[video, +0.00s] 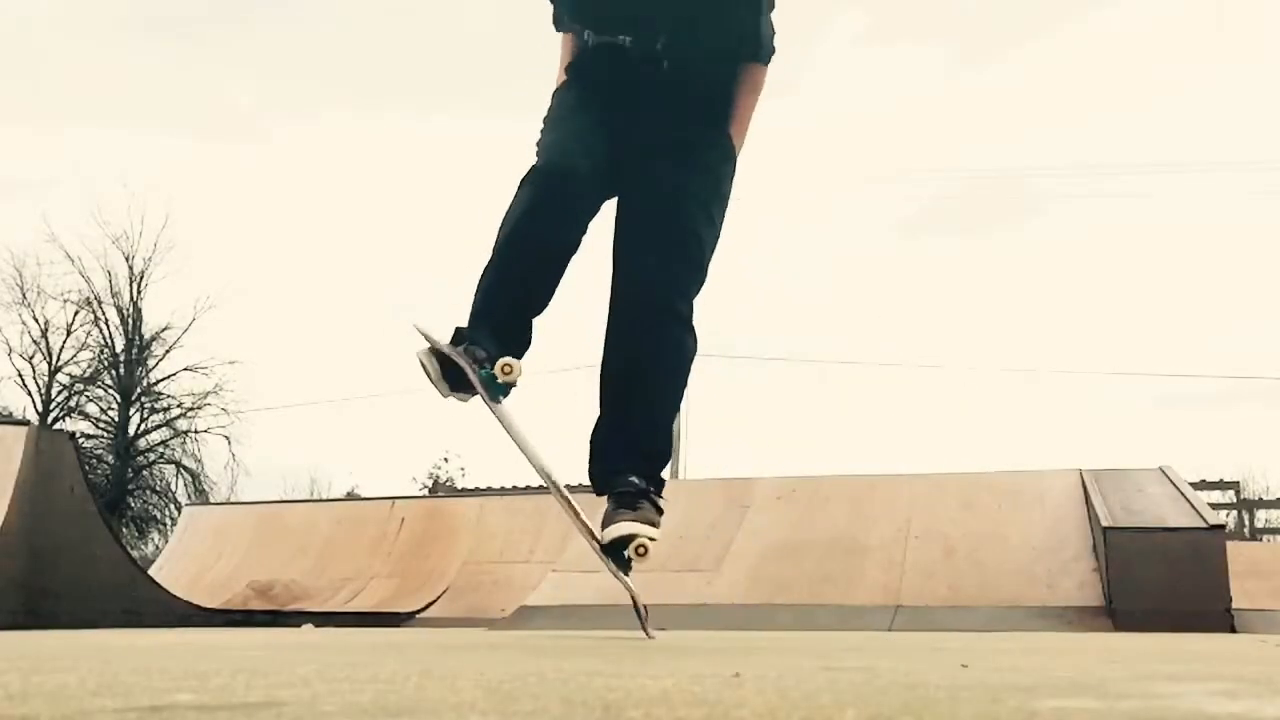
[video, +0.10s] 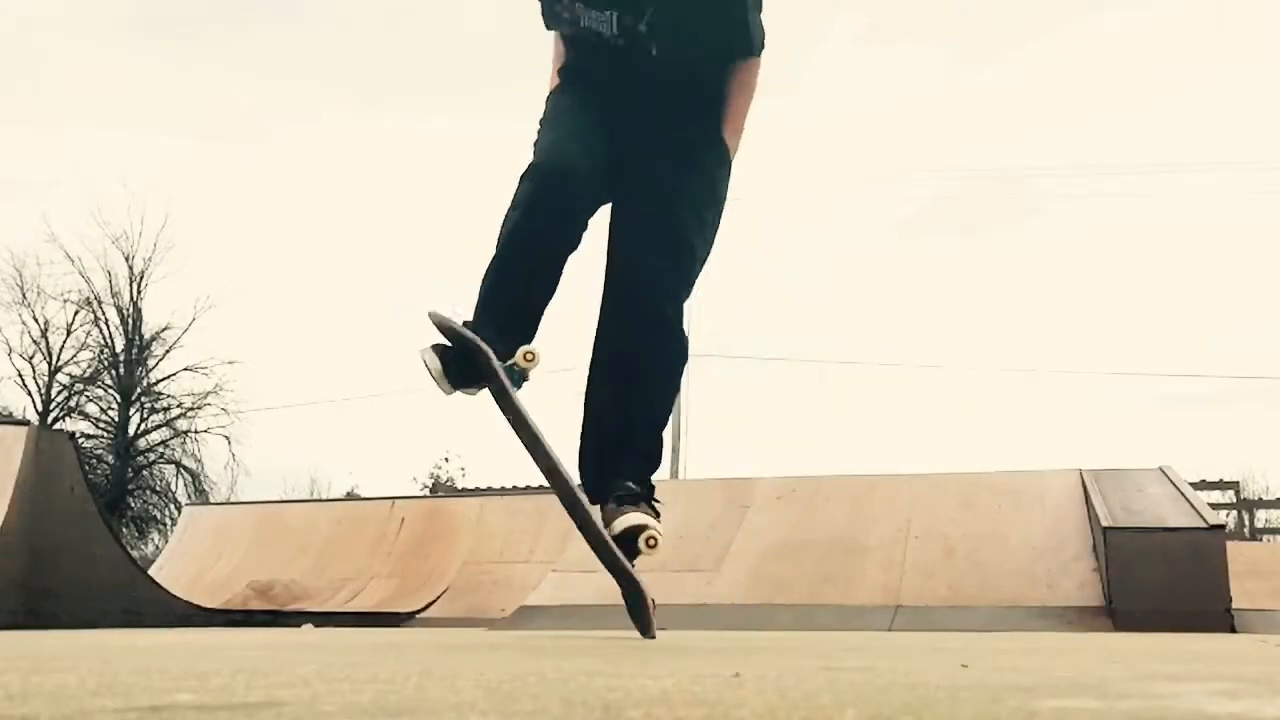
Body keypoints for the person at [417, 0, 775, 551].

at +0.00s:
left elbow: (756, 43)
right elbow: (571, 22)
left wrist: (731, 141)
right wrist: (567, 86)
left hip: (698, 83)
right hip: (603, 66)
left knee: (659, 292)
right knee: (559, 179)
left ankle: (633, 481)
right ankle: (488, 345)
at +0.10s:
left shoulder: (729, 9)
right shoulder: (568, 5)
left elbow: (745, 54)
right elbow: (564, 44)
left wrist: (723, 152)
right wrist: (555, 117)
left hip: (687, 102)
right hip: (591, 88)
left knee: (651, 296)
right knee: (552, 185)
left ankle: (624, 488)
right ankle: (490, 343)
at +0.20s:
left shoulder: (719, 8)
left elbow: (733, 57)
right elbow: (555, 47)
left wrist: (717, 162)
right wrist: (544, 131)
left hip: (678, 111)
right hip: (581, 102)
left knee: (646, 313)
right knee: (550, 185)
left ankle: (623, 490)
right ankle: (492, 346)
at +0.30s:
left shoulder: (703, 6)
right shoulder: (534, 4)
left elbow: (719, 53)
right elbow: (542, 52)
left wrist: (708, 157)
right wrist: (536, 130)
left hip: (665, 119)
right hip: (567, 111)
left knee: (635, 314)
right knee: (539, 188)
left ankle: (619, 491)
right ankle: (490, 349)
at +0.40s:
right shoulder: (515, 3)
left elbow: (701, 51)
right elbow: (522, 56)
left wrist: (689, 163)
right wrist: (518, 135)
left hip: (646, 124)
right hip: (551, 118)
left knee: (622, 320)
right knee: (519, 195)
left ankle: (610, 493)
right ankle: (477, 356)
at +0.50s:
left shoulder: (664, 8)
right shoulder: (495, 4)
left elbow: (673, 46)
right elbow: (499, 53)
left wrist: (663, 154)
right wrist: (489, 136)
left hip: (622, 128)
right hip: (523, 122)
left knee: (606, 318)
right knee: (480, 213)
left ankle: (599, 496)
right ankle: (459, 368)